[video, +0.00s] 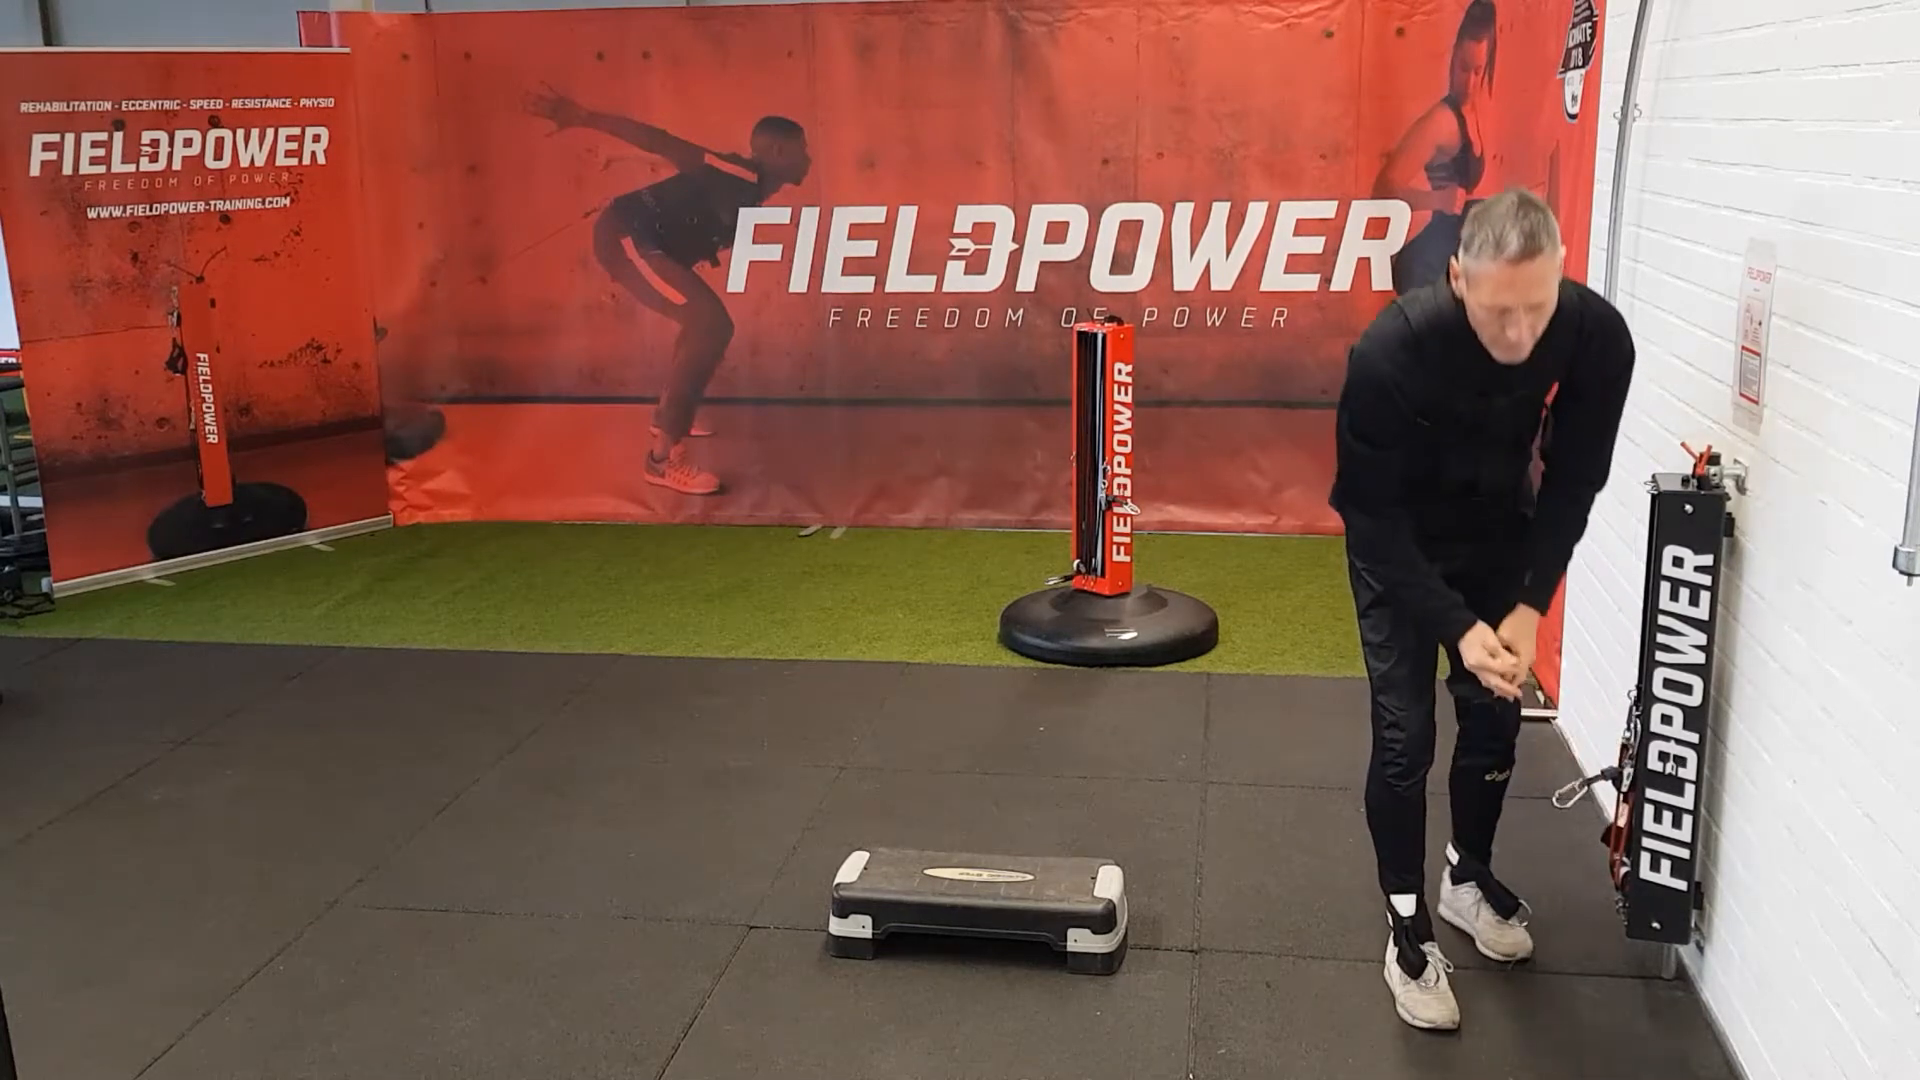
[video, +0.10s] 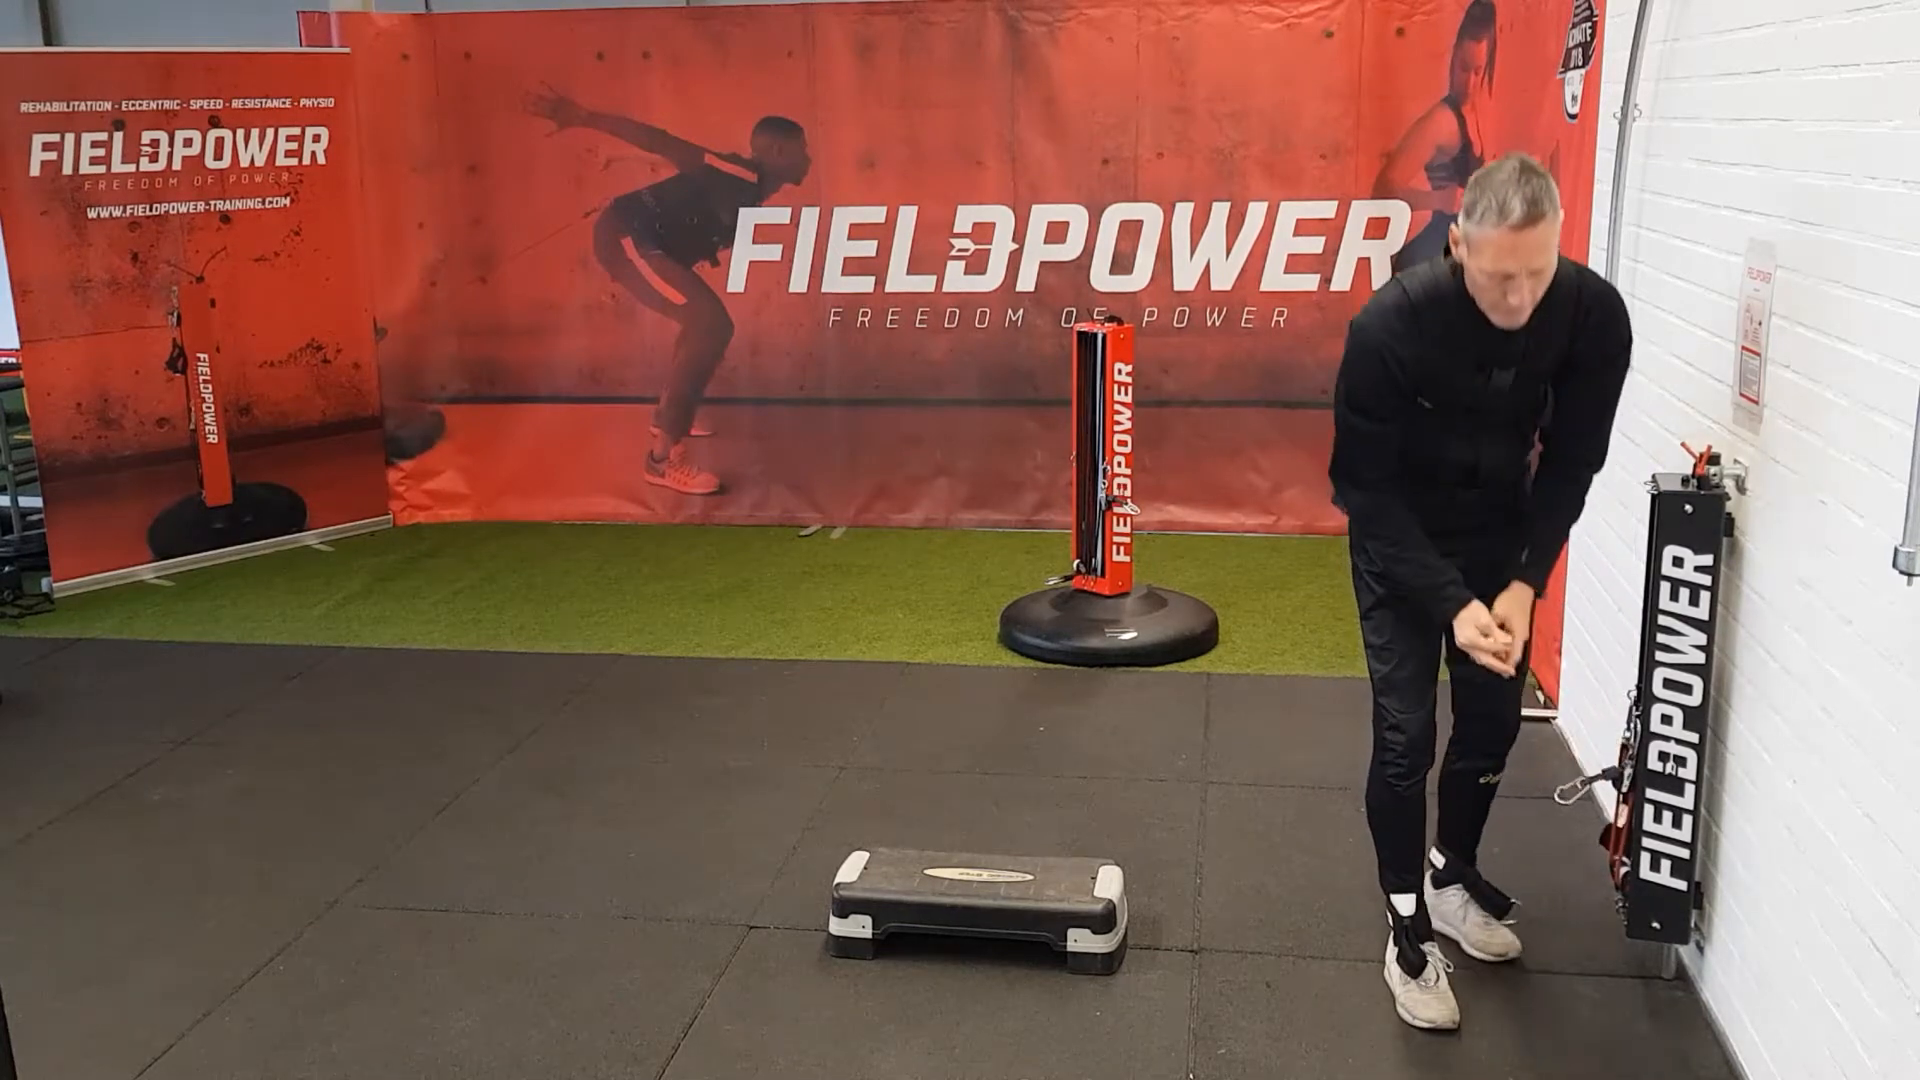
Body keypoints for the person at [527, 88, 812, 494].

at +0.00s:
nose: (808, 158)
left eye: (805, 149)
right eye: (801, 149)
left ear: (774, 151)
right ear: (773, 150)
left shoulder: (745, 185)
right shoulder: (735, 180)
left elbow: (660, 142)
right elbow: (659, 141)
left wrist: (583, 116)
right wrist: (583, 117)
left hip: (639, 234)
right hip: (627, 233)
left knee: (709, 322)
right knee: (713, 326)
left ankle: (670, 414)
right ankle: (664, 457)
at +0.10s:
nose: (808, 158)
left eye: (805, 149)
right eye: (801, 149)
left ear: (774, 151)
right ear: (774, 150)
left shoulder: (746, 186)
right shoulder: (734, 179)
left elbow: (660, 142)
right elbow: (658, 141)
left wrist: (583, 116)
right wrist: (583, 117)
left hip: (641, 235)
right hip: (627, 233)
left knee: (709, 322)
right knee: (713, 326)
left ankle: (670, 413)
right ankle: (664, 457)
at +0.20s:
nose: (807, 159)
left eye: (805, 150)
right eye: (801, 149)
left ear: (773, 151)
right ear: (772, 150)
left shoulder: (749, 190)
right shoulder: (735, 179)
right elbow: (661, 142)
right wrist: (582, 117)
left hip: (643, 236)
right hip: (626, 234)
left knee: (709, 322)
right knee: (712, 326)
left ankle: (670, 414)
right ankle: (665, 457)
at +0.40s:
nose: (807, 159)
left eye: (804, 150)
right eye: (800, 150)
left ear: (774, 151)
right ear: (772, 150)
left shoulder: (750, 191)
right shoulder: (736, 177)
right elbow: (661, 143)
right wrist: (582, 117)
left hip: (643, 236)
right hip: (627, 234)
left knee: (708, 322)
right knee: (713, 325)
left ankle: (670, 414)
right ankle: (665, 457)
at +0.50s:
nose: (807, 159)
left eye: (804, 150)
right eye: (801, 150)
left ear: (773, 151)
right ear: (772, 150)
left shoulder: (749, 189)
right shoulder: (737, 178)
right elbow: (662, 143)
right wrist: (582, 117)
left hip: (642, 237)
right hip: (627, 235)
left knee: (710, 322)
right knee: (712, 325)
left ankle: (670, 413)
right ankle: (665, 458)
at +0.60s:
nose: (807, 159)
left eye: (804, 150)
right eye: (800, 150)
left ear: (774, 151)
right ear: (772, 150)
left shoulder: (750, 190)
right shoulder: (736, 177)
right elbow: (661, 143)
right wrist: (582, 117)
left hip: (643, 236)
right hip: (627, 234)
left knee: (708, 322)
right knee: (713, 325)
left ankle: (670, 414)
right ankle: (665, 457)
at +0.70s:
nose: (807, 159)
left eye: (804, 150)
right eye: (800, 150)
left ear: (774, 152)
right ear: (772, 150)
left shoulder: (749, 191)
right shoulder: (735, 178)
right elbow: (661, 142)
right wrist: (582, 117)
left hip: (644, 236)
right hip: (627, 233)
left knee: (709, 322)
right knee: (712, 325)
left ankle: (670, 414)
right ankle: (665, 457)